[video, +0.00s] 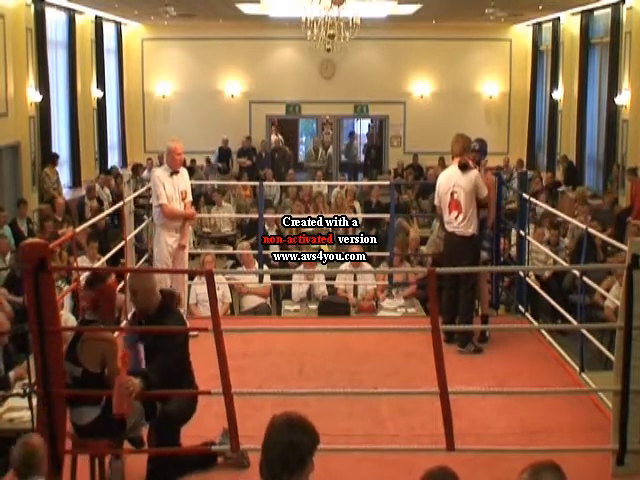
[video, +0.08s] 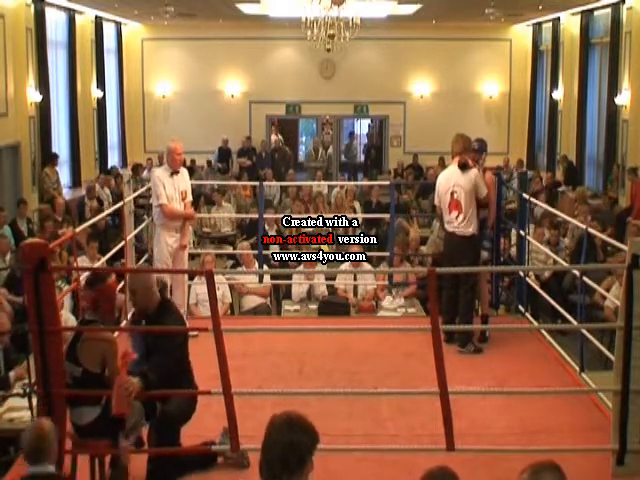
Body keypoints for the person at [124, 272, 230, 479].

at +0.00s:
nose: (132, 299)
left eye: (136, 293)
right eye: (130, 293)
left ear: (150, 293)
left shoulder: (172, 321)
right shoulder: (141, 317)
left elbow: (168, 362)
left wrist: (143, 381)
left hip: (181, 391)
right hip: (157, 391)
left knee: (165, 419)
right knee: (164, 466)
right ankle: (214, 449)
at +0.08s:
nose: (131, 298)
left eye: (135, 293)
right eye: (129, 292)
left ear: (153, 291)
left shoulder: (170, 320)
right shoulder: (142, 317)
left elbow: (166, 360)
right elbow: (142, 356)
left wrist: (142, 380)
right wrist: (130, 375)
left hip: (180, 391)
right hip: (156, 390)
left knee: (166, 417)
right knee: (163, 466)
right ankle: (214, 449)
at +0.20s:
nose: (130, 298)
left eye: (134, 293)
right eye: (129, 293)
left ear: (150, 292)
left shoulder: (170, 321)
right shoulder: (148, 314)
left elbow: (165, 362)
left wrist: (140, 381)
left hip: (179, 391)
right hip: (155, 390)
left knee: (166, 417)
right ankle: (214, 449)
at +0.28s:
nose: (129, 298)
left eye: (133, 293)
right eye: (128, 293)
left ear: (150, 292)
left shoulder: (169, 321)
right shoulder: (152, 316)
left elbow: (163, 362)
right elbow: (146, 357)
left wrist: (139, 382)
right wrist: (132, 377)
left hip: (180, 391)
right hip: (158, 389)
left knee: (166, 415)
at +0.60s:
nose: (135, 297)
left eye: (138, 291)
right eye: (134, 291)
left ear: (154, 290)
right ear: (154, 291)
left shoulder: (171, 322)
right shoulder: (158, 315)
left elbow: (165, 364)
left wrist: (140, 384)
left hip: (181, 391)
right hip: (162, 388)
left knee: (165, 415)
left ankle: (216, 451)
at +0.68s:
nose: (138, 298)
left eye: (140, 292)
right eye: (137, 292)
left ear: (154, 290)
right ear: (154, 290)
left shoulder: (173, 321)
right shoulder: (156, 314)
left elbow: (165, 362)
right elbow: (152, 350)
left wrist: (138, 381)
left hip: (181, 392)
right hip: (164, 390)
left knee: (166, 417)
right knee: (164, 465)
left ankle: (217, 451)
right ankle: (217, 449)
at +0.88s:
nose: (141, 295)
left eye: (145, 289)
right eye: (140, 289)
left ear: (162, 287)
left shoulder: (178, 318)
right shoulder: (154, 314)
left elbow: (176, 365)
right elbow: (150, 352)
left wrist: (144, 375)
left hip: (182, 393)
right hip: (160, 391)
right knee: (164, 466)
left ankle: (216, 451)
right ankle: (216, 450)